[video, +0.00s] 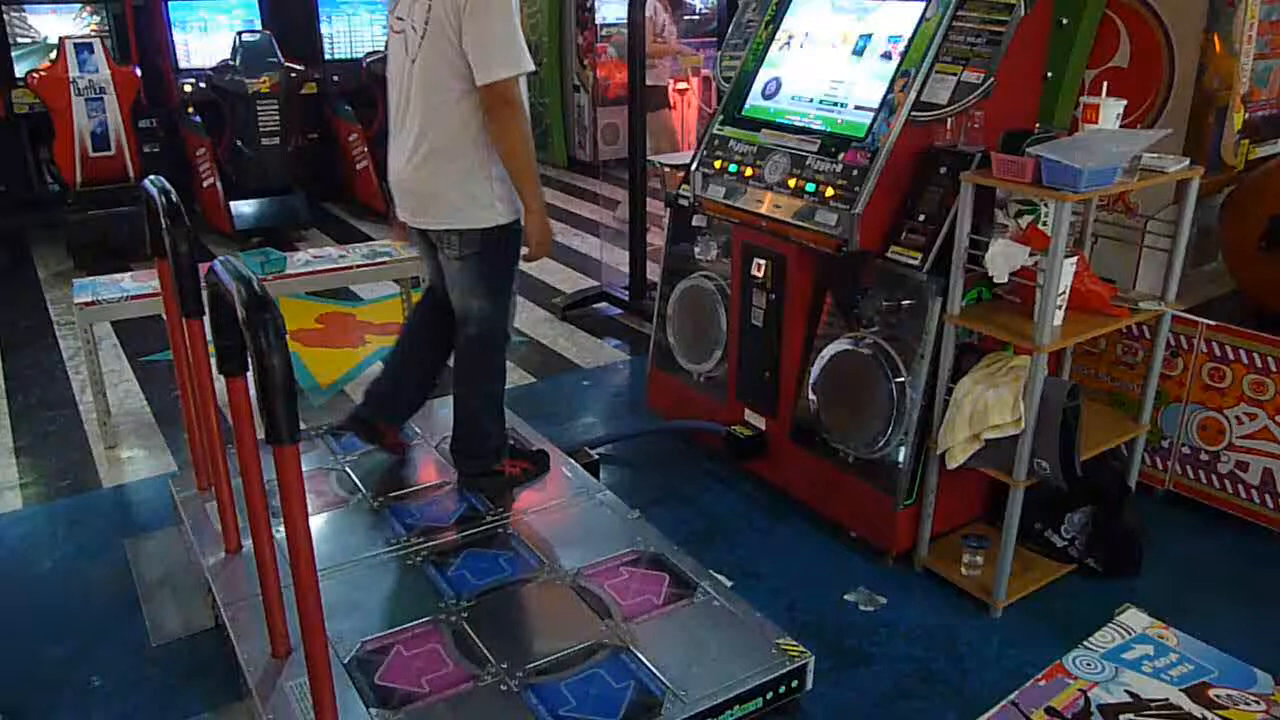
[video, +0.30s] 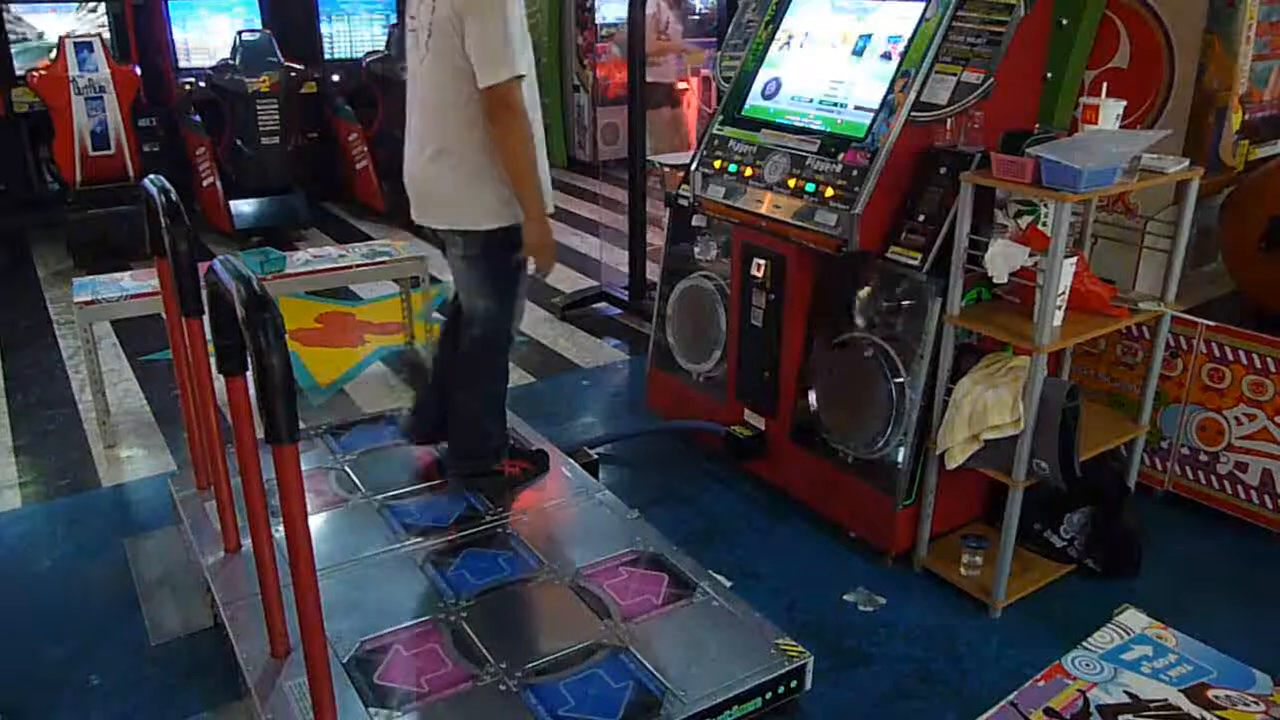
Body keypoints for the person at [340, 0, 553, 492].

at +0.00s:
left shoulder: (410, 5)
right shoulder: (484, 4)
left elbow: (407, 96)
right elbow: (500, 102)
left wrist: (404, 193)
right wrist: (535, 206)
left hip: (421, 187)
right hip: (473, 195)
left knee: (445, 303)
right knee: (483, 337)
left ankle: (380, 414)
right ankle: (482, 463)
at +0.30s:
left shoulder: (427, 5)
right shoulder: (487, 4)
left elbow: (434, 92)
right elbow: (503, 106)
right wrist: (535, 215)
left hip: (440, 191)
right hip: (485, 197)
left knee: (472, 310)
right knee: (489, 337)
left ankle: (433, 417)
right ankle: (478, 459)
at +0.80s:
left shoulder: (507, 7)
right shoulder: (452, 4)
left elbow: (496, 99)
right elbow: (441, 97)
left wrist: (514, 200)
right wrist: (452, 213)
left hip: (504, 199)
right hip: (477, 205)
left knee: (497, 329)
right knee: (481, 338)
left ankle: (488, 415)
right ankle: (475, 464)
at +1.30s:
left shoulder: (534, 8)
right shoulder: (465, 4)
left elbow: (547, 92)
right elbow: (449, 93)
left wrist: (581, 163)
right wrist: (463, 197)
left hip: (501, 185)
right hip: (474, 191)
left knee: (468, 314)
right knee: (501, 324)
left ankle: (468, 425)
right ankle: (519, 456)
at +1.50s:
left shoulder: (550, 8)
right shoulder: (473, 5)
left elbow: (590, 82)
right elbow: (461, 98)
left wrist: (648, 137)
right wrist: (481, 203)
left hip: (524, 190)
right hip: (489, 195)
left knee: (485, 310)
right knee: (512, 327)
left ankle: (470, 412)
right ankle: (531, 452)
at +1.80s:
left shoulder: (574, 5)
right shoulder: (482, 4)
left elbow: (616, 68)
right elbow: (469, 98)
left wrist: (681, 134)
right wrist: (497, 212)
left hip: (553, 195)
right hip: (507, 202)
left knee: (523, 325)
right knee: (521, 333)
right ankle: (531, 454)